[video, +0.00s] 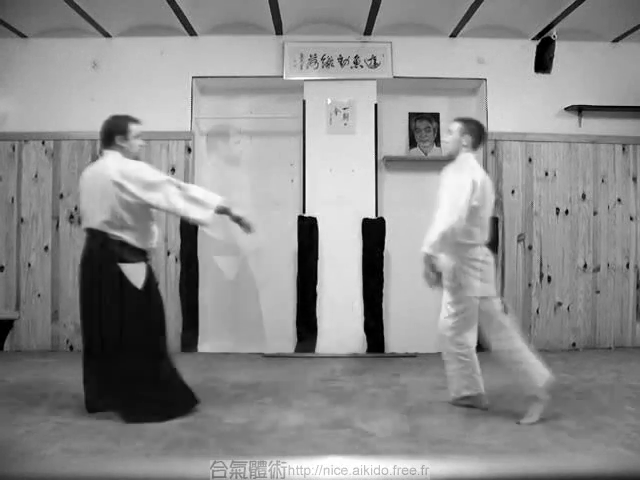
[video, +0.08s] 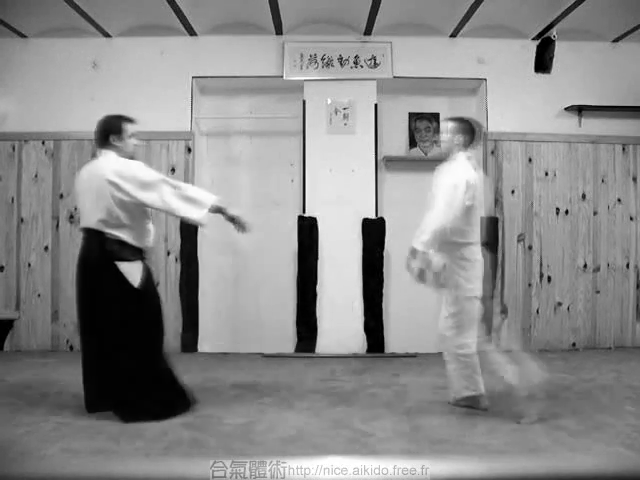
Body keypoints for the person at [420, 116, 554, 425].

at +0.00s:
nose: (444, 138)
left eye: (450, 133)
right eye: (445, 132)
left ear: (466, 140)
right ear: (468, 142)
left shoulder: (461, 172)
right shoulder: (477, 173)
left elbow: (450, 217)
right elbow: (476, 229)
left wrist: (428, 251)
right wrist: (441, 257)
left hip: (466, 261)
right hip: (475, 260)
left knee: (455, 330)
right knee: (496, 327)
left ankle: (469, 395)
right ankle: (541, 383)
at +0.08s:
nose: (440, 138)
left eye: (445, 133)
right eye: (441, 133)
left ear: (461, 139)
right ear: (460, 139)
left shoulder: (458, 171)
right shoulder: (457, 169)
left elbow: (444, 216)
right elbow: (436, 213)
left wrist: (420, 247)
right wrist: (422, 248)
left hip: (462, 259)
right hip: (461, 258)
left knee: (457, 329)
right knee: (463, 328)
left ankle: (469, 394)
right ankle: (514, 379)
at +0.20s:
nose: (423, 137)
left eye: (430, 133)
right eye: (425, 132)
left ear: (447, 139)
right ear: (446, 140)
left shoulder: (447, 171)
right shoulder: (448, 169)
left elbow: (431, 217)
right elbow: (430, 218)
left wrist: (401, 248)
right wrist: (416, 250)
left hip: (454, 265)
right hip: (455, 263)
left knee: (420, 326)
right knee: (459, 333)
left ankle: (467, 390)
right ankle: (472, 393)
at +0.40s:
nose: (395, 138)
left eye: (403, 133)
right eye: (395, 132)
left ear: (421, 140)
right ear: (400, 140)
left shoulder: (427, 177)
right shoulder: (399, 177)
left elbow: (407, 223)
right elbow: (390, 220)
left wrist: (368, 225)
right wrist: (361, 225)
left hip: (414, 272)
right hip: (402, 271)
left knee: (380, 333)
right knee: (436, 332)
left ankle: (375, 404)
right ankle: (473, 385)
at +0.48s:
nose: (380, 138)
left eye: (388, 133)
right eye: (382, 132)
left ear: (406, 140)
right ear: (395, 141)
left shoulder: (406, 178)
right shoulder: (414, 174)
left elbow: (373, 211)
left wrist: (335, 213)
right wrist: (335, 207)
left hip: (398, 271)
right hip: (410, 268)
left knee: (375, 337)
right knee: (419, 331)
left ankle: (376, 406)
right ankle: (463, 379)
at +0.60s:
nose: (365, 136)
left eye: (373, 131)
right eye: (364, 130)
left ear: (387, 138)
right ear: (363, 135)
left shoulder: (386, 176)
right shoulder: (361, 171)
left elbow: (341, 197)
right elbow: (320, 191)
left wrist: (303, 197)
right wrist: (270, 187)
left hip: (371, 266)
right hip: (353, 264)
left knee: (366, 338)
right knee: (356, 337)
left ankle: (377, 406)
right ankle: (366, 404)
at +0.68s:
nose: (334, 136)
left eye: (342, 130)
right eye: (333, 130)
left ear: (359, 135)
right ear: (334, 134)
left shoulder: (363, 173)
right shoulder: (333, 169)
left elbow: (324, 196)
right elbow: (293, 186)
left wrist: (285, 196)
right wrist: (240, 191)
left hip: (350, 259)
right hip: (331, 258)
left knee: (358, 332)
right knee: (346, 332)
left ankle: (376, 406)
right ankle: (368, 403)